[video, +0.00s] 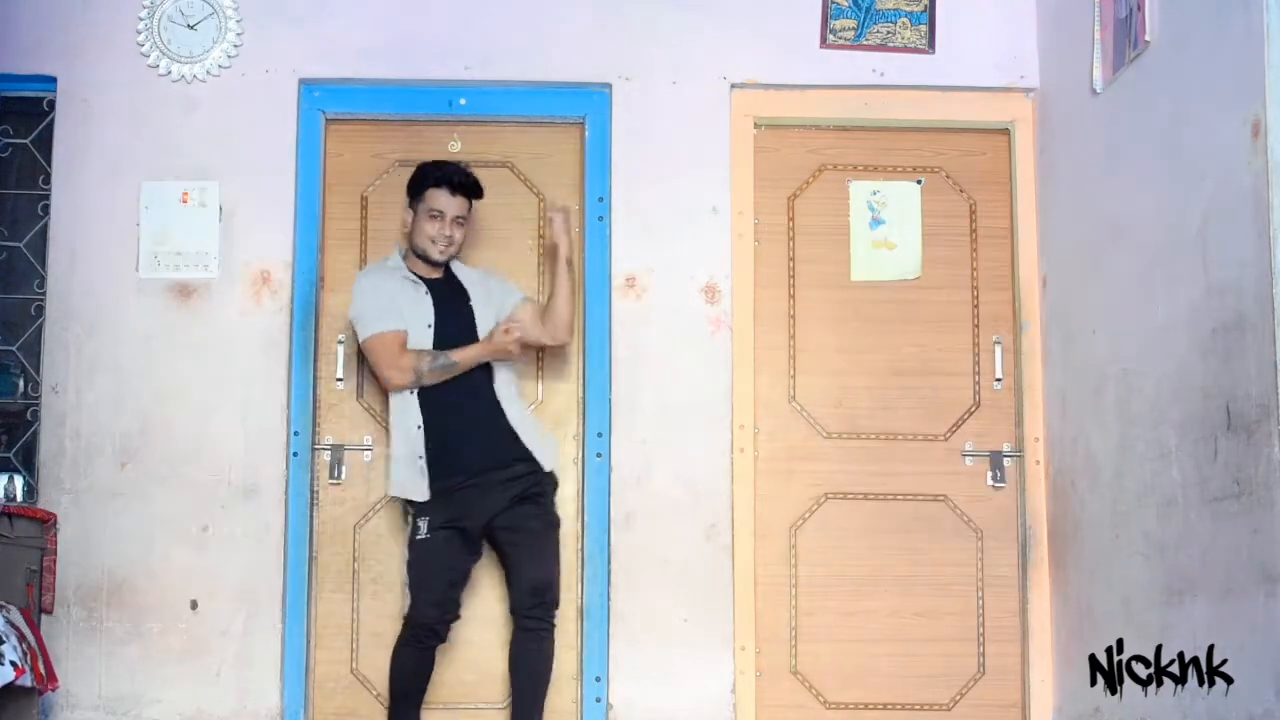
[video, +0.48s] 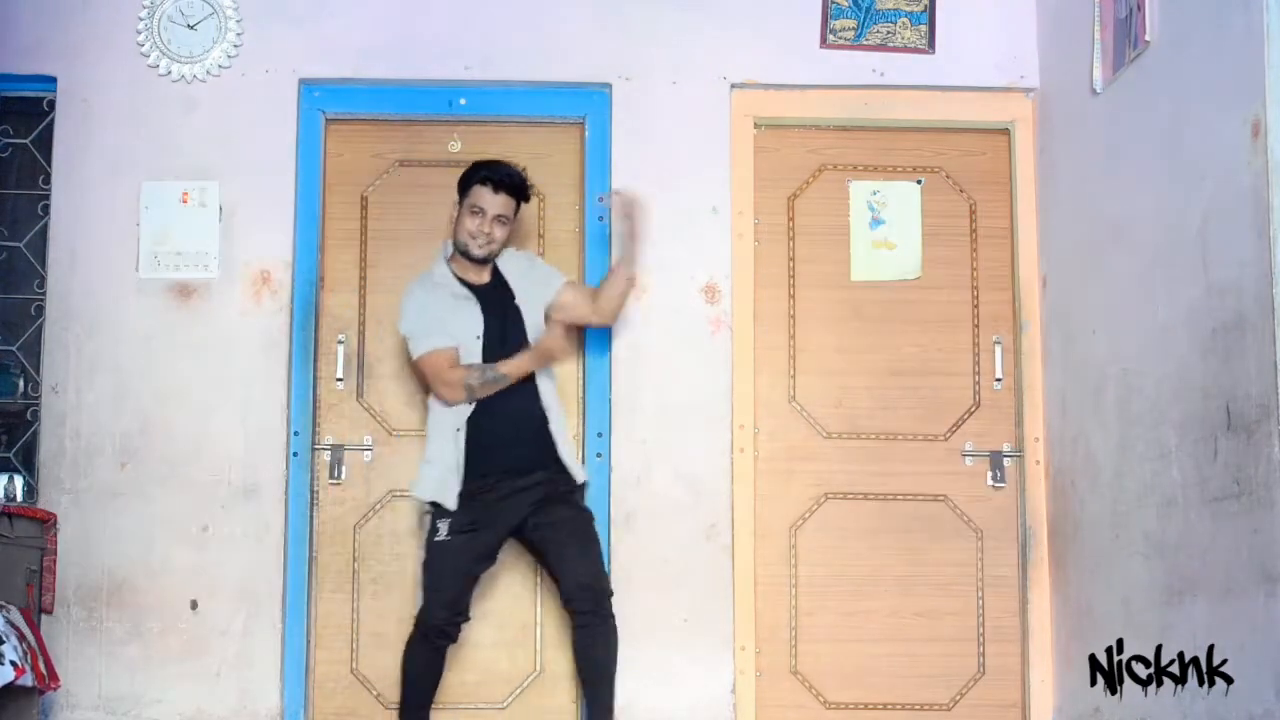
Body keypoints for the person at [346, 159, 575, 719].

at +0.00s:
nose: (446, 231)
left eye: (459, 221)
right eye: (435, 216)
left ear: (469, 226)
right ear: (409, 215)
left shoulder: (485, 285)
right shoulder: (378, 284)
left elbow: (554, 333)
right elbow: (394, 371)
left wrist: (563, 252)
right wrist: (488, 349)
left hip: (522, 477)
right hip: (443, 489)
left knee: (538, 612)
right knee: (427, 622)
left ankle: (527, 717)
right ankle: (402, 716)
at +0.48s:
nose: (485, 228)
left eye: (501, 220)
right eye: (477, 213)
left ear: (513, 226)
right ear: (457, 210)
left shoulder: (527, 272)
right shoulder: (426, 295)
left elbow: (598, 310)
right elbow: (449, 385)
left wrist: (629, 243)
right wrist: (538, 354)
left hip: (548, 484)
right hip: (468, 495)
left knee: (593, 601)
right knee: (437, 625)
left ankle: (600, 715)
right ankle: (412, 716)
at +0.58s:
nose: (497, 225)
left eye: (511, 215)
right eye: (487, 209)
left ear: (525, 219)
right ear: (467, 206)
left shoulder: (542, 269)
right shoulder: (441, 279)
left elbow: (632, 282)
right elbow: (462, 371)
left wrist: (710, 261)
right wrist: (536, 394)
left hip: (579, 469)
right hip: (501, 479)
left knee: (601, 609)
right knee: (473, 611)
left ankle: (606, 717)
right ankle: (460, 707)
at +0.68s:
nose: (515, 223)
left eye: (528, 212)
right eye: (503, 209)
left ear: (543, 220)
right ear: (484, 213)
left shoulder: (568, 282)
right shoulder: (451, 285)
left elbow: (651, 310)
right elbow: (443, 375)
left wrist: (669, 324)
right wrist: (505, 353)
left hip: (603, 473)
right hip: (527, 486)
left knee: (612, 611)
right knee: (526, 602)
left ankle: (608, 717)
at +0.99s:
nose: (549, 233)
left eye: (558, 218)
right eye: (534, 223)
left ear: (572, 219)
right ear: (514, 228)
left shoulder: (600, 297)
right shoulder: (486, 287)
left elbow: (630, 382)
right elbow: (444, 348)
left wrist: (569, 340)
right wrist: (459, 262)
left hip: (609, 488)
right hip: (530, 494)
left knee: (615, 620)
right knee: (495, 600)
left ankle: (613, 718)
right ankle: (520, 703)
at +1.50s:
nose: (502, 255)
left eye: (516, 242)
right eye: (491, 241)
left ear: (539, 237)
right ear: (478, 234)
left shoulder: (564, 308)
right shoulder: (448, 293)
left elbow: (584, 400)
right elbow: (406, 358)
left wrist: (524, 340)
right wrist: (421, 271)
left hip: (556, 499)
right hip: (475, 499)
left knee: (566, 631)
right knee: (437, 600)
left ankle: (578, 719)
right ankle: (485, 708)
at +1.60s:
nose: (487, 246)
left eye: (500, 234)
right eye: (477, 232)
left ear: (524, 229)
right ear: (463, 223)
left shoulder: (550, 296)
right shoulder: (427, 280)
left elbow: (552, 384)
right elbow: (373, 340)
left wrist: (483, 339)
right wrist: (387, 262)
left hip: (530, 497)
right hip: (445, 495)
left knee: (551, 628)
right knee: (402, 612)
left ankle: (572, 716)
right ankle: (402, 713)